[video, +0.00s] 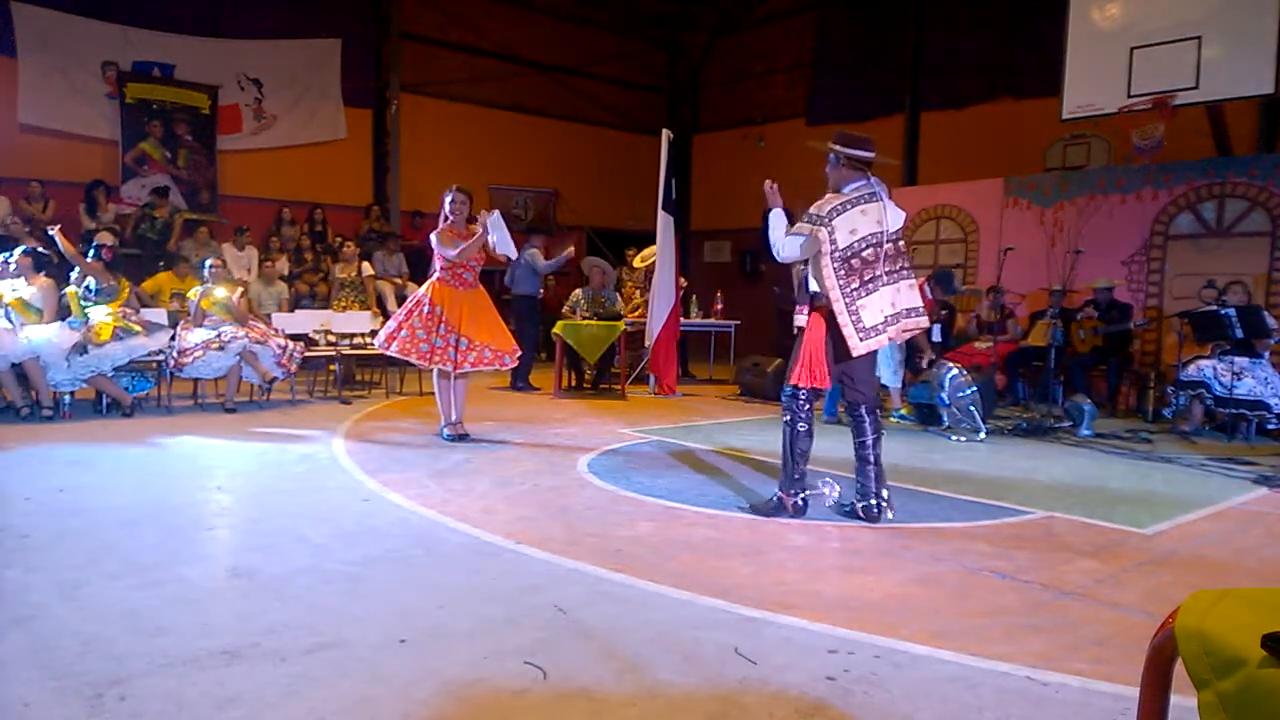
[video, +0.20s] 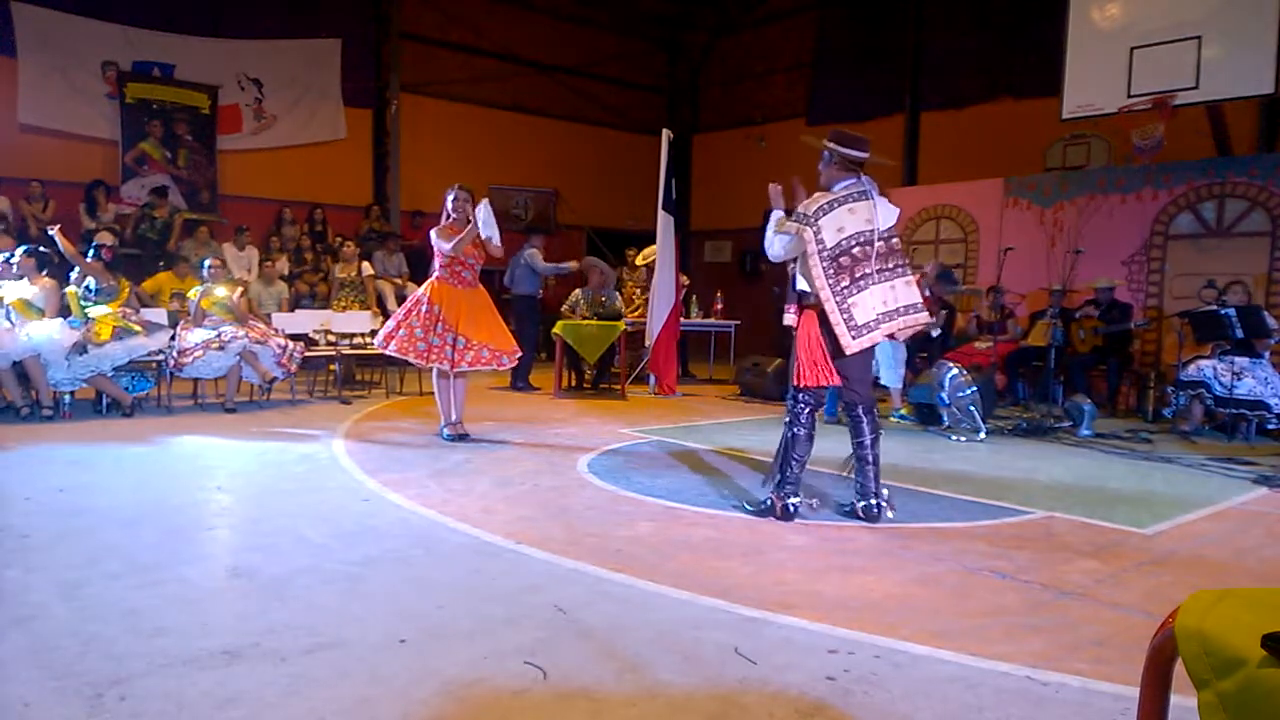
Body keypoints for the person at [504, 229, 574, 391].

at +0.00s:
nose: (543, 244)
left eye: (543, 240)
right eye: (541, 240)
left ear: (529, 240)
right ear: (536, 240)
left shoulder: (519, 257)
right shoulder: (532, 252)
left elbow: (508, 280)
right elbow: (543, 267)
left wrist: (525, 287)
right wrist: (564, 257)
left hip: (517, 298)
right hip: (528, 299)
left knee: (522, 338)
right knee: (530, 339)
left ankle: (517, 376)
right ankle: (522, 378)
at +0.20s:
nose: (543, 242)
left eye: (542, 239)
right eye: (541, 239)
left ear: (529, 239)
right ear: (535, 238)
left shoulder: (518, 256)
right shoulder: (532, 253)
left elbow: (507, 280)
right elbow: (542, 268)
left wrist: (527, 286)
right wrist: (568, 266)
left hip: (517, 298)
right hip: (528, 299)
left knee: (522, 338)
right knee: (529, 339)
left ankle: (517, 376)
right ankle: (522, 378)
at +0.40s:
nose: (542, 243)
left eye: (542, 239)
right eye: (541, 239)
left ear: (529, 239)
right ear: (535, 239)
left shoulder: (518, 256)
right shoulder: (531, 253)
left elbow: (507, 281)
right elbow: (542, 269)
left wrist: (529, 287)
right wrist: (566, 274)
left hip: (518, 298)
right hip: (528, 299)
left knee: (522, 338)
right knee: (531, 339)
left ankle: (517, 376)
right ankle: (522, 378)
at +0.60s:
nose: (542, 243)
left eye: (542, 239)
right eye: (540, 239)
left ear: (528, 239)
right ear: (534, 239)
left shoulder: (517, 255)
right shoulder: (531, 252)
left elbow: (506, 279)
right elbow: (541, 268)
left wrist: (524, 287)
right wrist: (563, 259)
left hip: (517, 297)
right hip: (528, 298)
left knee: (522, 338)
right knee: (530, 339)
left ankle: (517, 376)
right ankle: (522, 378)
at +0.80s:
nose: (543, 244)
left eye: (543, 240)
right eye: (541, 240)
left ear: (529, 240)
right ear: (536, 240)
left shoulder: (517, 256)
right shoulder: (531, 253)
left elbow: (507, 281)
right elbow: (541, 269)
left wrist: (525, 287)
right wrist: (566, 271)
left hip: (517, 298)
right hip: (528, 299)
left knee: (523, 338)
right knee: (530, 339)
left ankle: (518, 376)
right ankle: (521, 377)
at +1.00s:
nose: (543, 244)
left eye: (543, 240)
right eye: (541, 240)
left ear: (529, 240)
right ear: (535, 239)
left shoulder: (516, 256)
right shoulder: (531, 253)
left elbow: (507, 280)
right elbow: (540, 271)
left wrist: (525, 287)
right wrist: (565, 278)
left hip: (516, 298)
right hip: (527, 299)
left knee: (523, 337)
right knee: (530, 338)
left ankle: (518, 376)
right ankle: (522, 377)